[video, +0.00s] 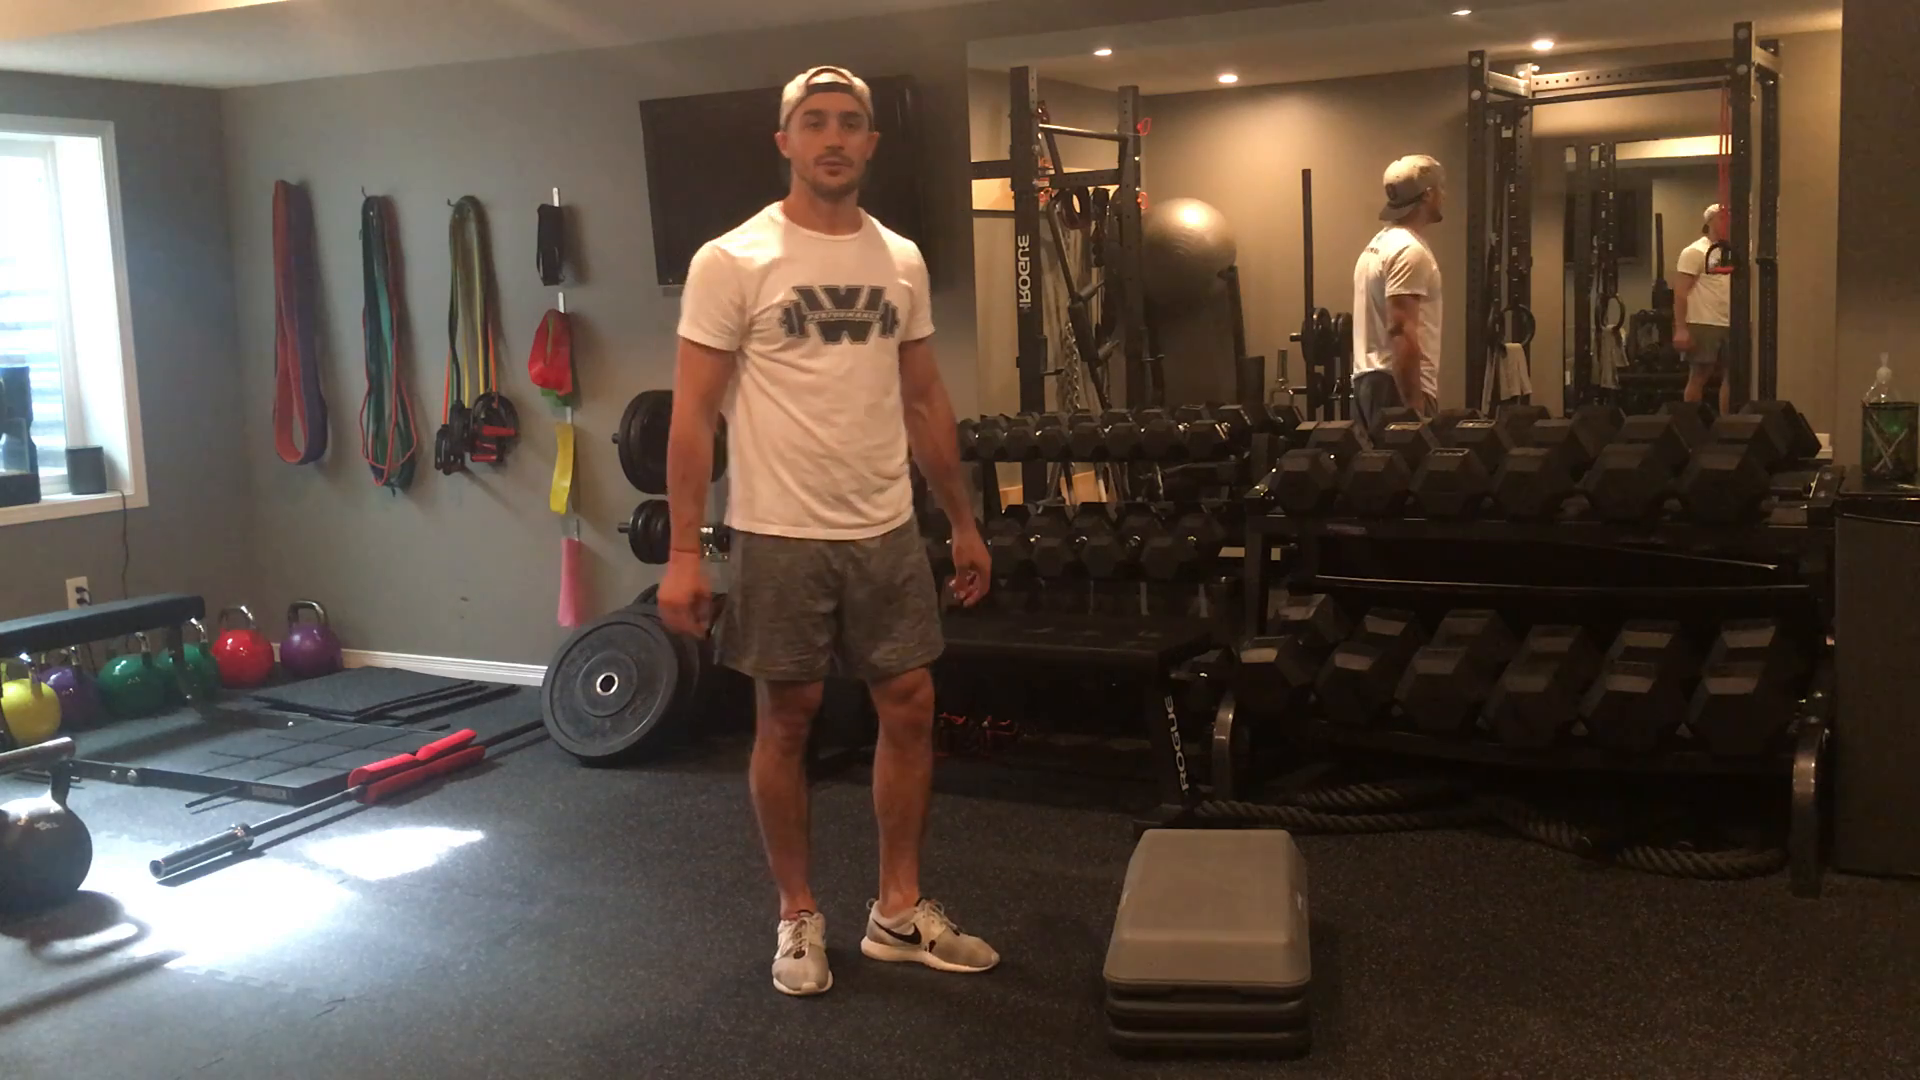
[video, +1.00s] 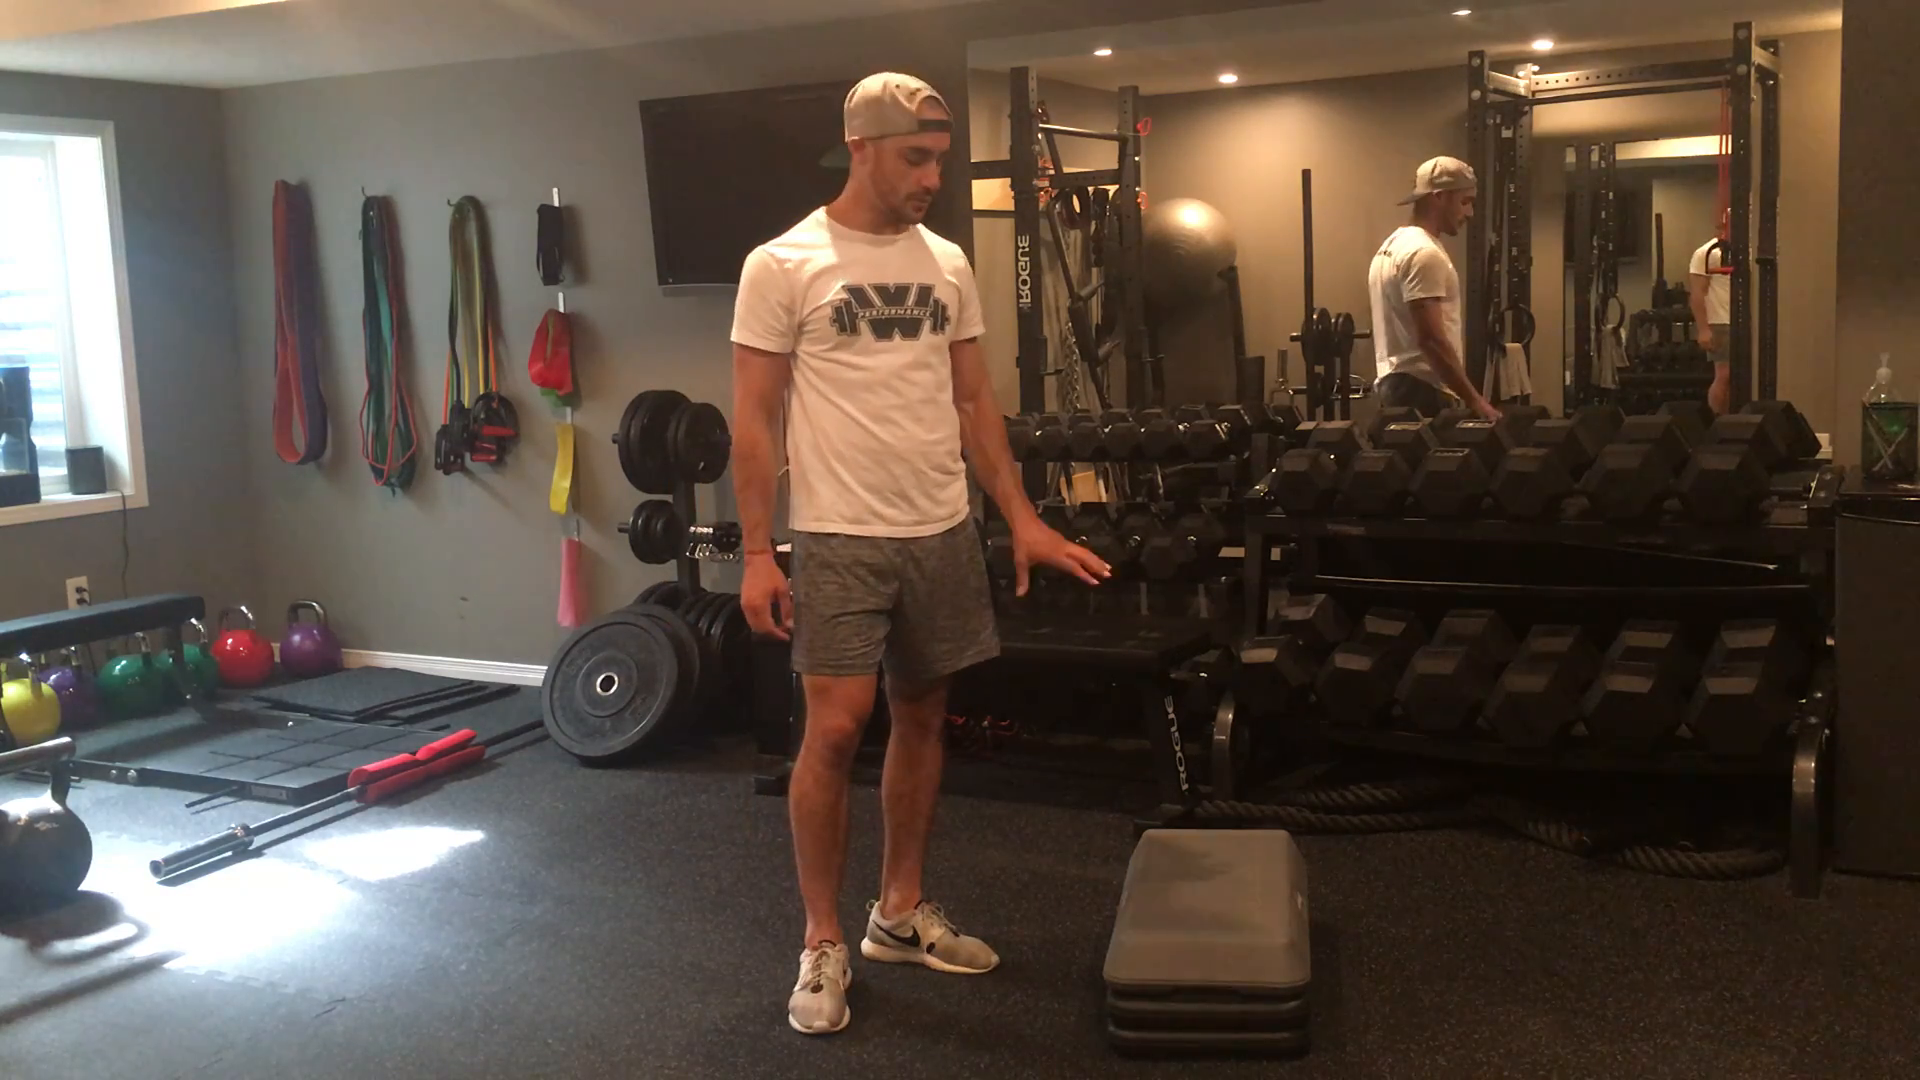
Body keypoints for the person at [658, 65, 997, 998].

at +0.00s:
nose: (833, 139)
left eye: (850, 124)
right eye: (814, 124)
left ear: (872, 142)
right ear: (784, 141)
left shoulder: (900, 261)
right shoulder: (731, 263)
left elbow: (924, 399)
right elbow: (692, 413)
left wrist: (963, 520)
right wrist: (683, 553)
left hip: (890, 534)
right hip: (779, 538)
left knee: (909, 709)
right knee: (787, 719)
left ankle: (898, 910)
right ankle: (797, 916)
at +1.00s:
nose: (935, 178)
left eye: (942, 161)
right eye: (920, 159)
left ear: (937, 159)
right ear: (862, 151)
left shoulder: (944, 261)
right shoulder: (783, 264)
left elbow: (975, 404)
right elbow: (755, 419)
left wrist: (1023, 518)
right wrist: (757, 552)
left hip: (939, 535)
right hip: (836, 540)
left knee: (922, 720)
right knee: (835, 730)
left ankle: (901, 910)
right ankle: (823, 944)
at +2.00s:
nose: (892, 145)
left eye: (909, 131)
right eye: (876, 130)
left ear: (937, 148)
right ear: (852, 145)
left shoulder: (967, 268)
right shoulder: (799, 261)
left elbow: (987, 408)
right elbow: (763, 411)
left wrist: (1026, 531)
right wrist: (746, 542)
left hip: (941, 535)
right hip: (837, 535)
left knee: (921, 720)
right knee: (835, 726)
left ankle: (900, 910)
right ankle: (823, 940)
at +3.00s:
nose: (896, 148)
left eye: (910, 131)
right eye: (877, 132)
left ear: (934, 144)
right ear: (848, 146)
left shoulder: (969, 263)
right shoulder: (798, 263)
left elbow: (993, 401)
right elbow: (770, 413)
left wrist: (1027, 522)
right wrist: (759, 546)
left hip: (947, 534)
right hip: (840, 536)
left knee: (924, 720)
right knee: (838, 727)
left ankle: (901, 911)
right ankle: (823, 941)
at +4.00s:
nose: (904, 179)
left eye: (907, 160)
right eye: (891, 159)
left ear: (854, 157)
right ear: (832, 152)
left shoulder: (865, 252)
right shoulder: (749, 266)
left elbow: (879, 395)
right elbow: (711, 432)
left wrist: (936, 503)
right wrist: (746, 572)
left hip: (872, 533)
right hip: (790, 543)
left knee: (900, 708)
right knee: (784, 742)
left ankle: (900, 909)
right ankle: (782, 943)